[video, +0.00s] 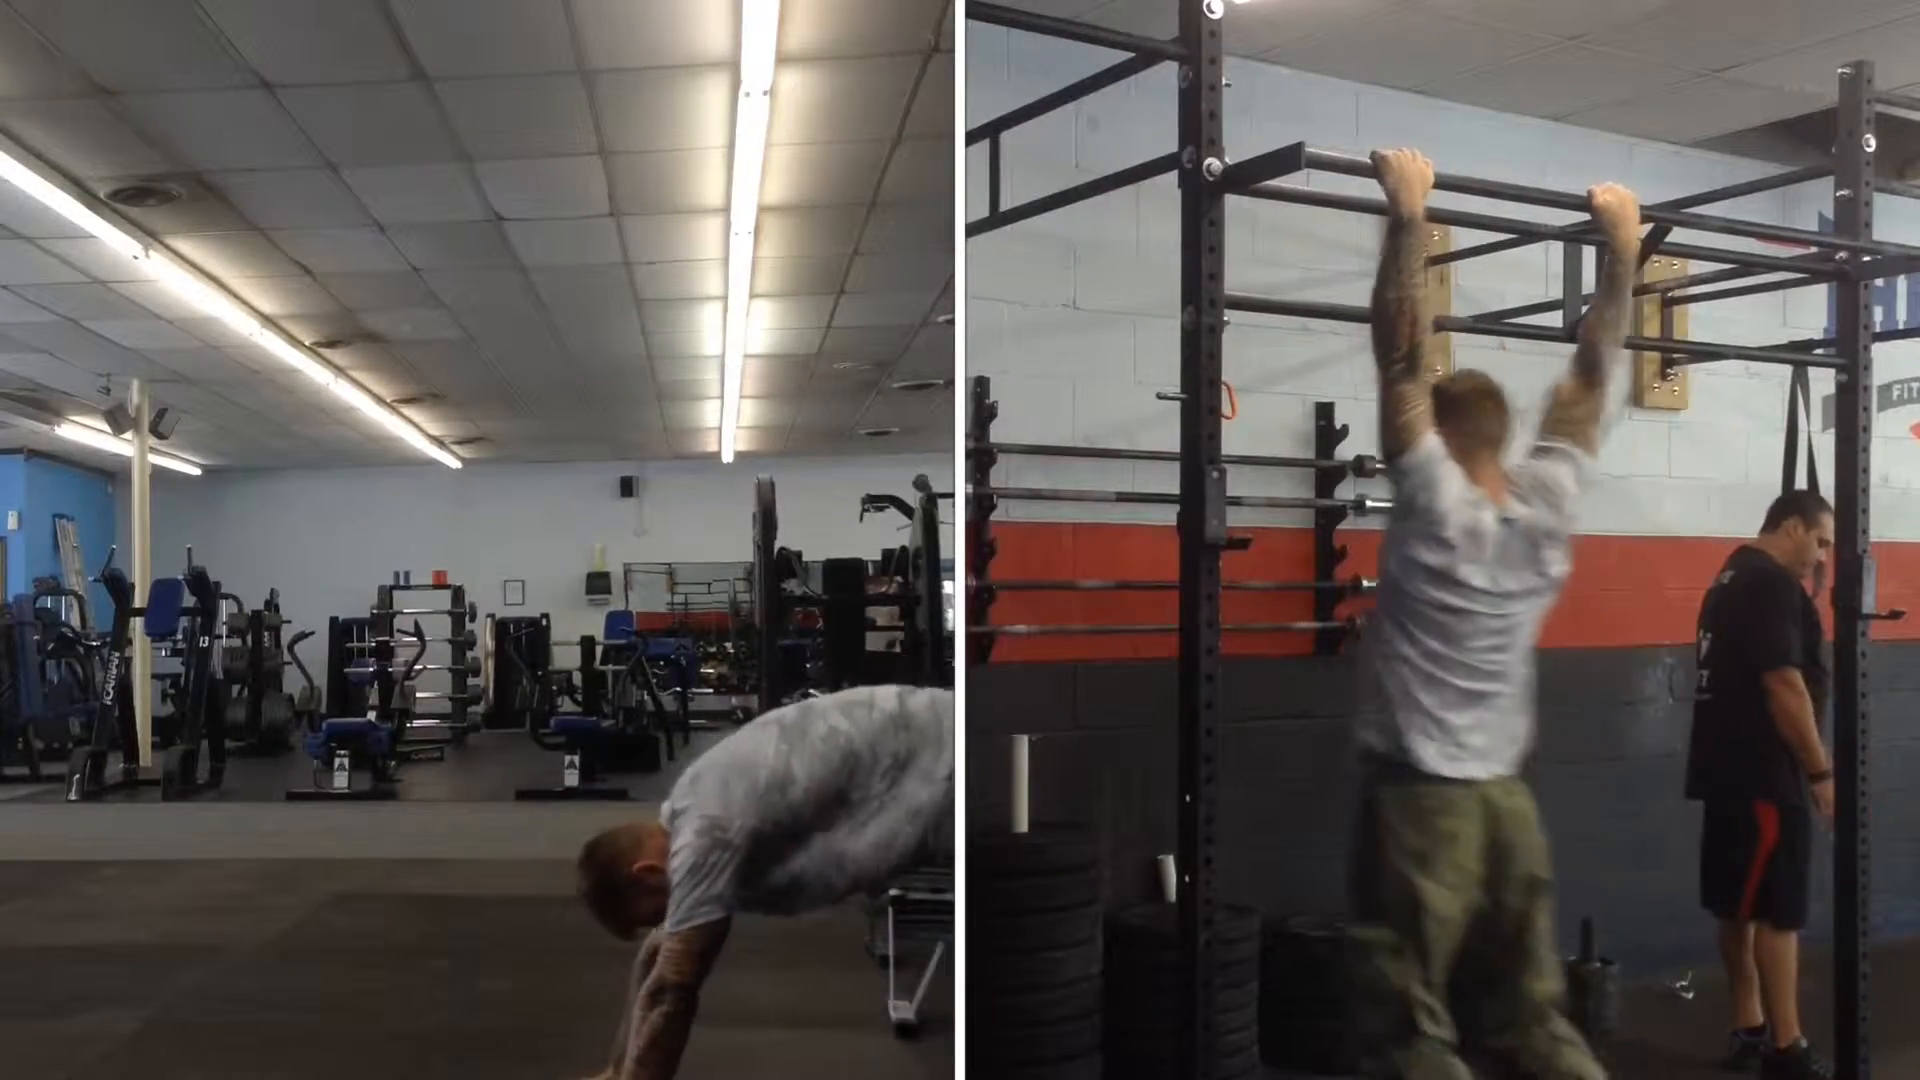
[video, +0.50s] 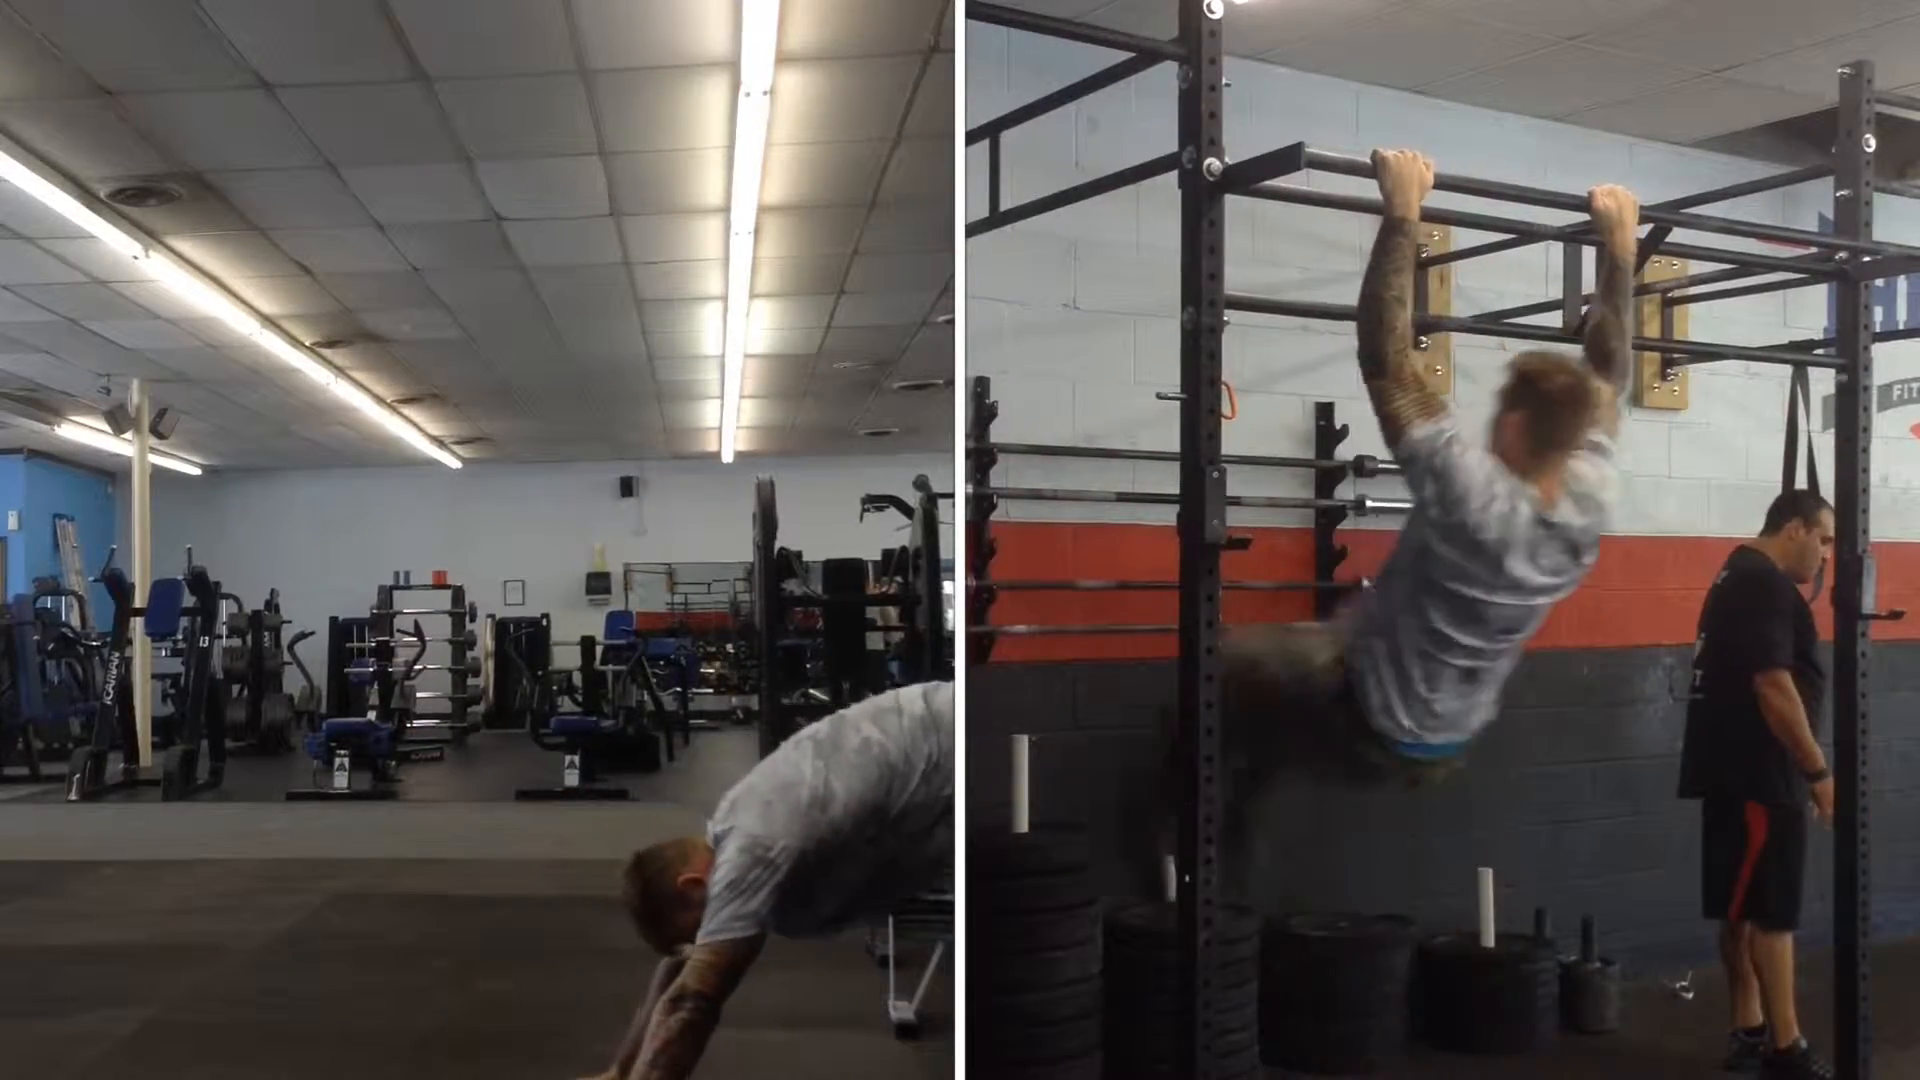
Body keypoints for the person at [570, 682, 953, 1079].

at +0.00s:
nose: (666, 922)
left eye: (654, 917)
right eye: (652, 926)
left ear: (649, 874)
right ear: (650, 861)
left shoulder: (707, 826)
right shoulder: (692, 814)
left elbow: (672, 995)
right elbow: (657, 956)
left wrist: (632, 1071)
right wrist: (621, 1066)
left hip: (961, 756)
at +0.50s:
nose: (704, 933)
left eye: (694, 931)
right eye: (694, 939)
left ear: (694, 885)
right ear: (694, 873)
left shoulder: (753, 845)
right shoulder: (732, 835)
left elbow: (693, 1005)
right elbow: (679, 968)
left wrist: (640, 1074)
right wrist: (621, 1068)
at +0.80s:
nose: (742, 970)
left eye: (734, 960)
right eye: (730, 967)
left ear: (738, 912)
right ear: (733, 905)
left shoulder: (799, 874)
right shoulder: (762, 854)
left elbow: (720, 1025)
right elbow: (696, 981)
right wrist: (625, 1069)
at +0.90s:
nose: (745, 975)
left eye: (736, 968)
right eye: (734, 972)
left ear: (742, 927)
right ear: (738, 919)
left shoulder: (804, 881)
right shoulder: (767, 862)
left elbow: (721, 1030)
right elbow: (698, 983)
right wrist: (625, 1069)